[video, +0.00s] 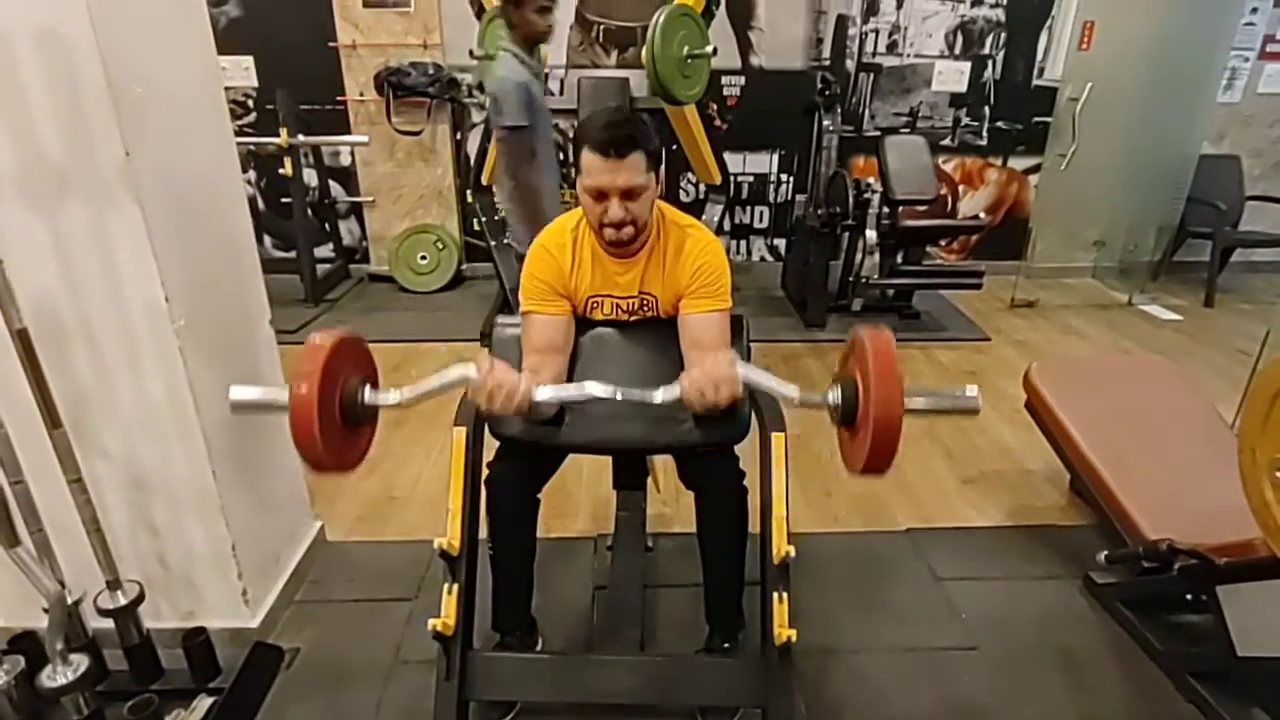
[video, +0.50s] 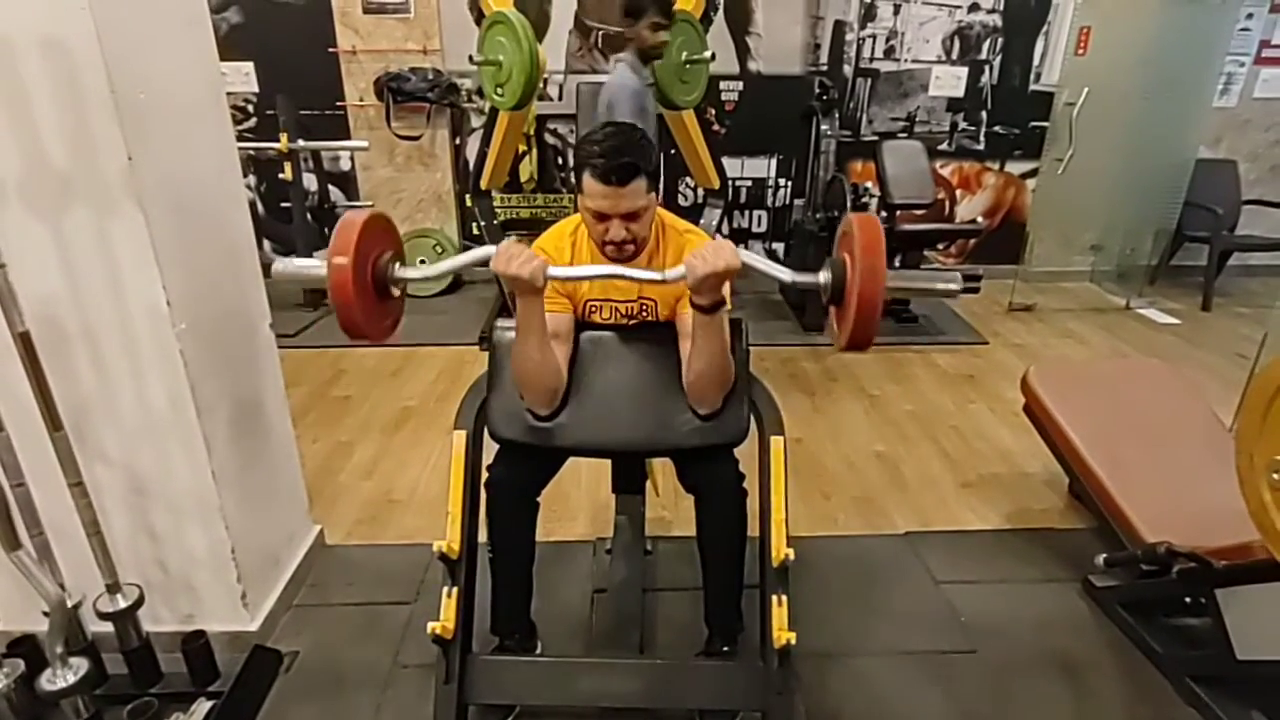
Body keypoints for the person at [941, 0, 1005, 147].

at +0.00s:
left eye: (970, 5)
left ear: (972, 3)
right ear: (988, 3)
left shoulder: (966, 16)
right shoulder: (997, 16)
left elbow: (949, 32)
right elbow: (1006, 32)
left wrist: (952, 52)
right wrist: (997, 51)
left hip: (966, 59)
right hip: (986, 59)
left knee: (960, 102)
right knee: (984, 101)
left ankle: (953, 137)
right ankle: (983, 135)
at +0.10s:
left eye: (971, 5)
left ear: (971, 4)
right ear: (986, 4)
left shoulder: (965, 17)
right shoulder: (996, 17)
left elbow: (948, 33)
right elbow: (1006, 33)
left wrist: (951, 54)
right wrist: (997, 52)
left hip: (966, 60)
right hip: (986, 60)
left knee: (959, 103)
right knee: (984, 102)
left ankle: (953, 138)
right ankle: (983, 136)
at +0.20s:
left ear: (970, 9)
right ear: (983, 9)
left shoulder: (964, 20)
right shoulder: (993, 21)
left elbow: (947, 36)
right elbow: (1007, 34)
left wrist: (950, 57)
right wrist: (996, 55)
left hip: (965, 63)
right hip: (983, 63)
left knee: (958, 105)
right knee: (983, 104)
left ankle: (952, 140)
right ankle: (982, 139)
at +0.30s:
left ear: (971, 10)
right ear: (983, 9)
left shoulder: (964, 20)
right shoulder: (993, 21)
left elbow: (947, 37)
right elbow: (1007, 34)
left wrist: (950, 57)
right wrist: (996, 55)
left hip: (965, 63)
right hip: (983, 64)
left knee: (959, 105)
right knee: (983, 104)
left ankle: (952, 141)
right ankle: (982, 139)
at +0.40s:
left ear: (970, 11)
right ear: (982, 10)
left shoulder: (964, 21)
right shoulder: (992, 22)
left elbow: (946, 38)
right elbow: (1007, 35)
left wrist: (949, 58)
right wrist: (995, 56)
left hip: (964, 64)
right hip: (982, 64)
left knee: (958, 106)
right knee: (982, 105)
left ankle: (951, 141)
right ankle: (982, 139)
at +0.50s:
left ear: (969, 12)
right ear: (982, 11)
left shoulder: (964, 22)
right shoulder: (992, 22)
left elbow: (946, 38)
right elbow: (1005, 35)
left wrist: (948, 58)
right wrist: (994, 56)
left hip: (963, 64)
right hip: (982, 65)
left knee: (957, 106)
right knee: (982, 106)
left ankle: (950, 141)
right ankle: (981, 140)